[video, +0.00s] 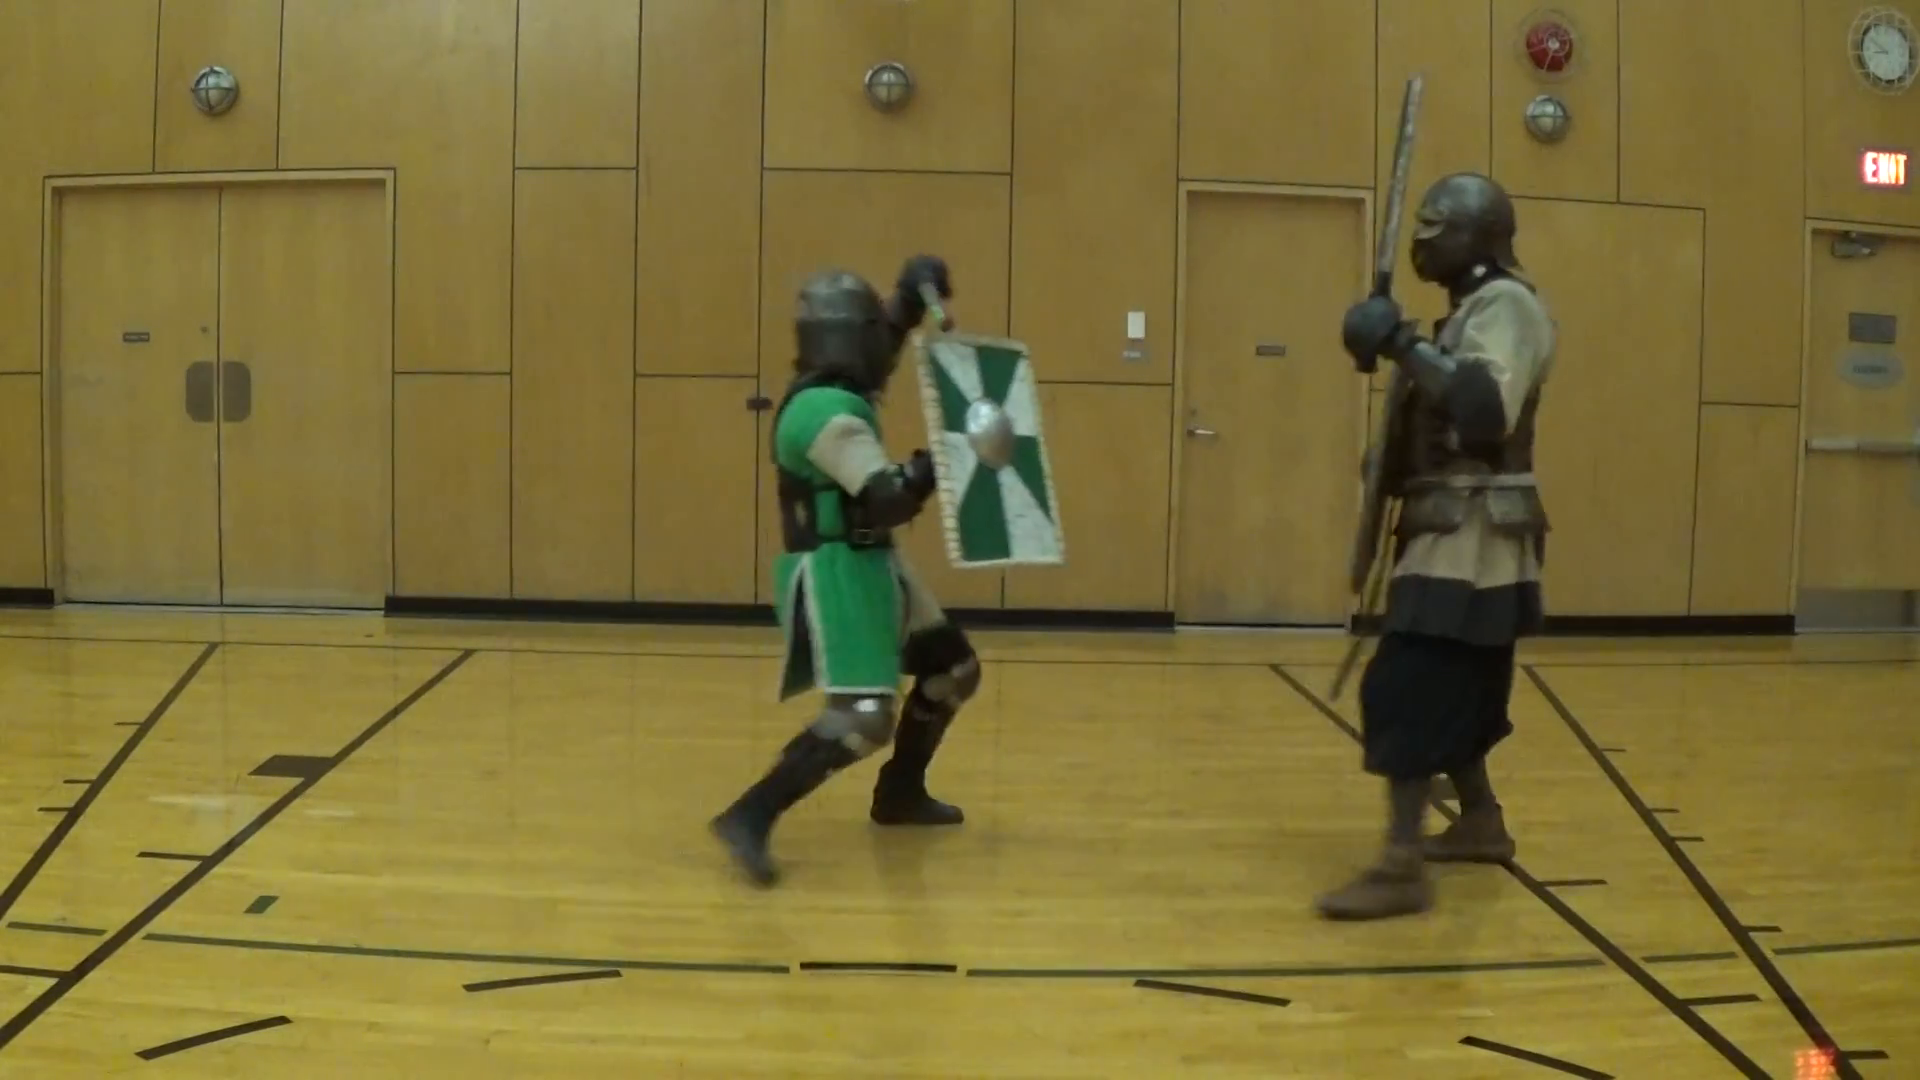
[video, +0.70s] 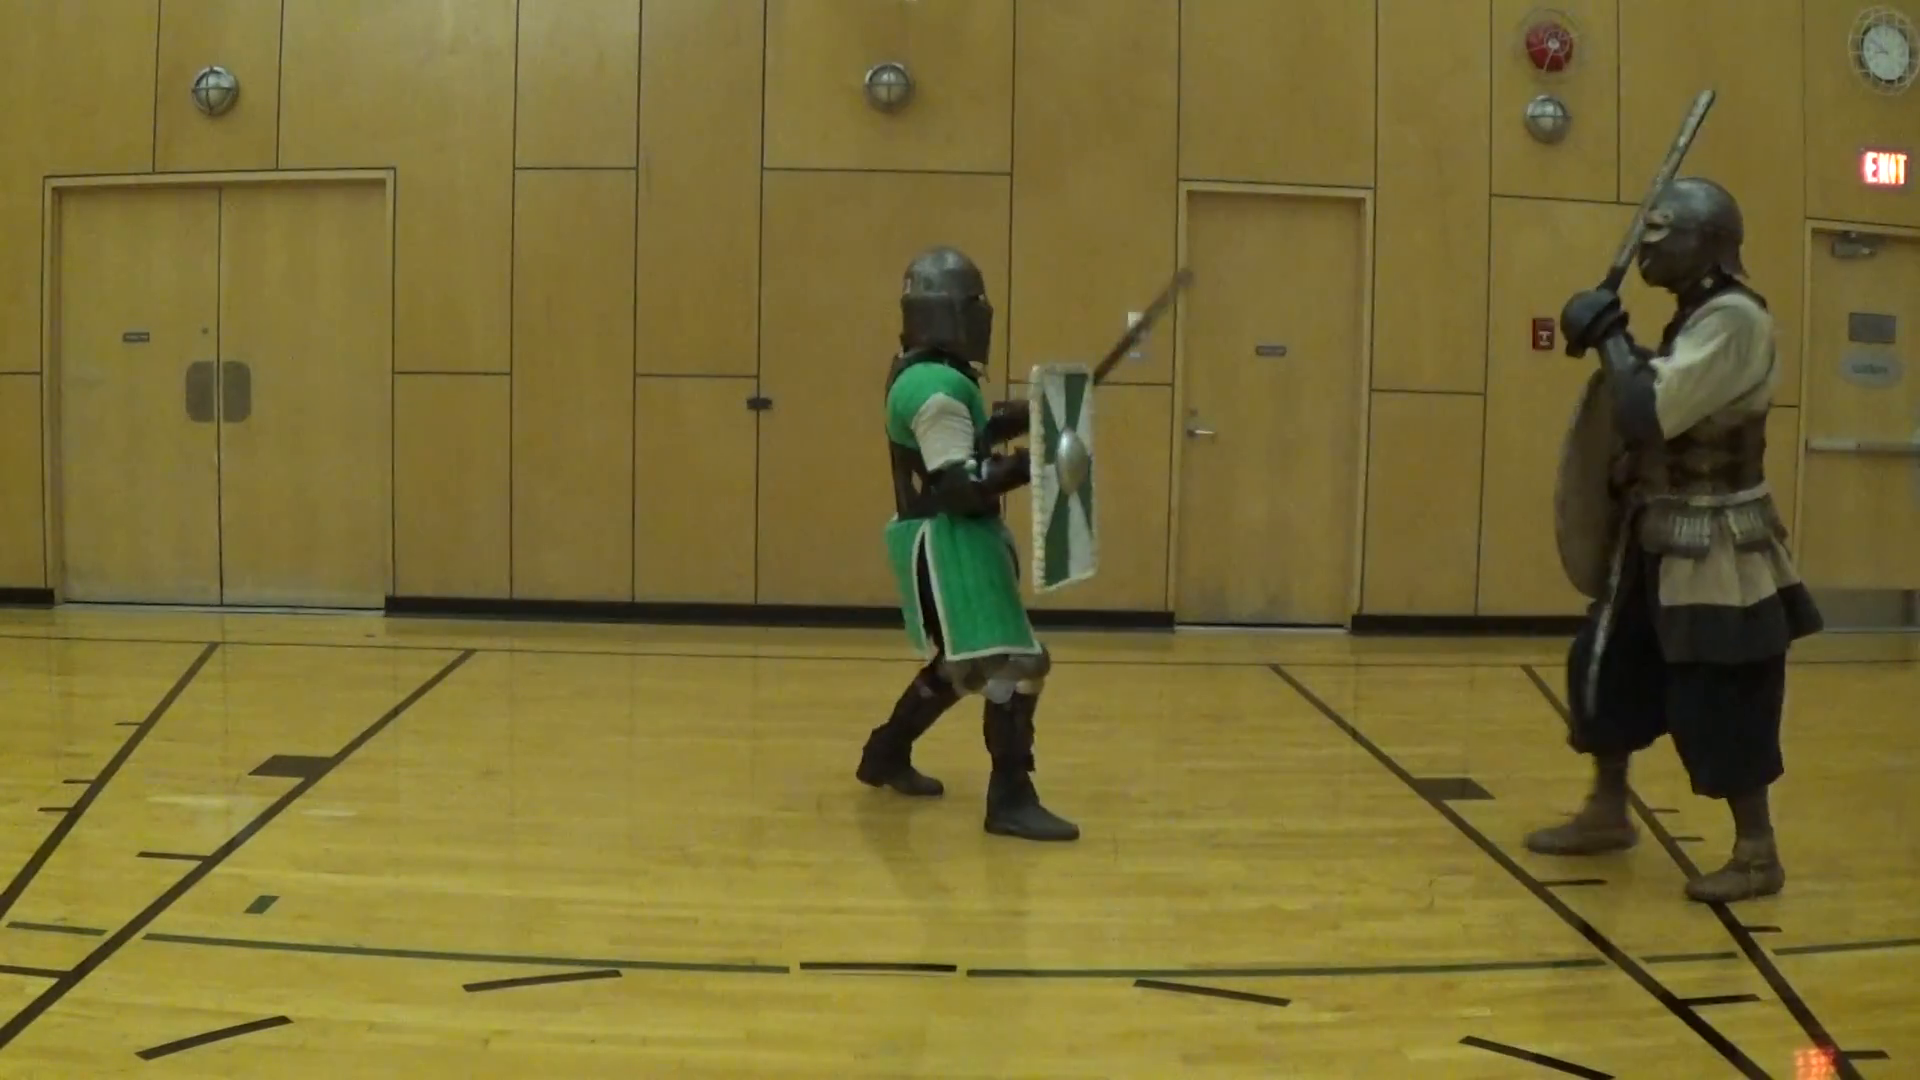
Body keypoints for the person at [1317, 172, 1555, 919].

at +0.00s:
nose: (1420, 238)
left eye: (1436, 227)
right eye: (1421, 225)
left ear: (1484, 239)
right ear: (1466, 240)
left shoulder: (1504, 308)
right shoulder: (1469, 311)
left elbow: (1480, 404)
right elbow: (1439, 396)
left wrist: (1405, 344)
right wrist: (1391, 344)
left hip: (1471, 543)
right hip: (1454, 538)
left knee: (1401, 687)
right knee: (1449, 681)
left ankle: (1400, 865)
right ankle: (1481, 818)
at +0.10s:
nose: (1450, 236)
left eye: (1465, 224)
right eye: (1453, 223)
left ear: (1510, 235)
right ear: (1500, 235)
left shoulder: (1537, 307)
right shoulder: (1499, 308)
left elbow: (1496, 399)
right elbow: (1475, 396)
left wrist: (1429, 337)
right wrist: (1422, 339)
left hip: (1506, 544)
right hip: (1473, 537)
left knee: (1466, 687)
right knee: (1447, 679)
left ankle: (1512, 851)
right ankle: (1482, 823)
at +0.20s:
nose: (1486, 238)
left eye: (1500, 226)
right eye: (1490, 226)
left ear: (1544, 238)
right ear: (1535, 239)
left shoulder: (1573, 311)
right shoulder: (1536, 311)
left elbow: (1509, 398)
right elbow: (1498, 390)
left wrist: (1454, 333)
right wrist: (1445, 333)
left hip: (1537, 540)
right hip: (1497, 537)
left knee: (1519, 685)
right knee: (1454, 671)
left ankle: (1617, 833)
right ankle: (1482, 822)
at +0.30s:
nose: (1523, 243)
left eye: (1538, 231)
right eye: (1526, 229)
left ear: (1582, 243)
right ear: (1569, 246)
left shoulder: (1605, 318)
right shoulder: (1569, 318)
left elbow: (1530, 405)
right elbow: (1528, 401)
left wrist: (1481, 340)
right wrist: (1481, 343)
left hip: (1566, 547)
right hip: (1527, 544)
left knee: (1572, 685)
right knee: (1474, 671)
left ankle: (1698, 819)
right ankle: (1482, 823)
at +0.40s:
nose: (1559, 250)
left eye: (1575, 239)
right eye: (1563, 238)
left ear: (1620, 251)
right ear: (1612, 252)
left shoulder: (1639, 326)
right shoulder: (1610, 324)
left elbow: (1556, 417)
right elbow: (1565, 411)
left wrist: (1516, 350)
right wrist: (1529, 355)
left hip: (1609, 558)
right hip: (1563, 552)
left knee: (1643, 698)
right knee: (1499, 677)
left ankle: (1742, 834)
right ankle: (1484, 823)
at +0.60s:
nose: (1622, 251)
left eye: (1638, 238)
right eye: (1625, 237)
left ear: (1683, 250)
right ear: (1676, 252)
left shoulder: (1707, 328)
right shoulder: (1674, 325)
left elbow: (1627, 424)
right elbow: (1628, 413)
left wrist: (1585, 353)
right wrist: (1584, 355)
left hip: (1699, 560)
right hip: (1647, 555)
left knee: (1715, 707)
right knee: (1574, 674)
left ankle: (1756, 855)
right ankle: (1535, 818)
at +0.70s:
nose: (1644, 241)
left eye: (1660, 230)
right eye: (1646, 229)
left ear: (1709, 243)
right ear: (1694, 245)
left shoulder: (1734, 320)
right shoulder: (1693, 318)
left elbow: (1648, 412)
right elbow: (1649, 401)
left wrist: (1612, 336)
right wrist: (1608, 336)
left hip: (1720, 546)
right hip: (1661, 541)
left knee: (1727, 697)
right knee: (1609, 667)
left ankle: (1756, 852)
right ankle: (1608, 809)